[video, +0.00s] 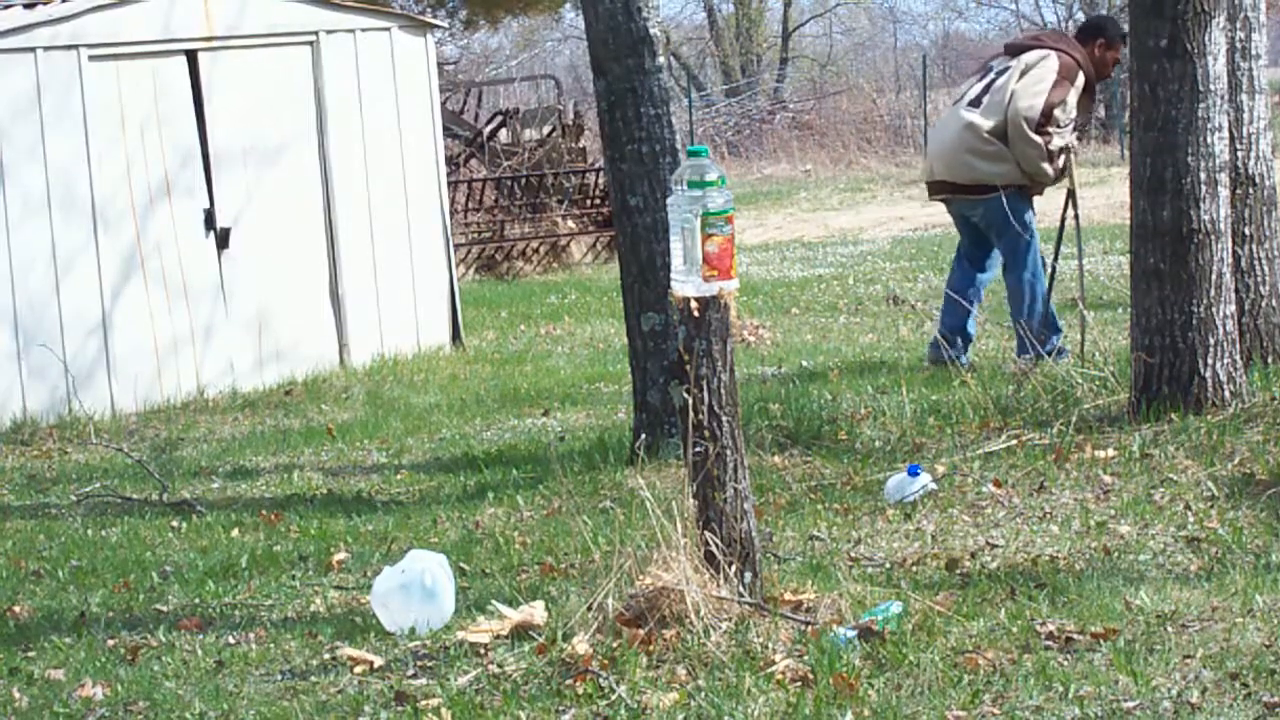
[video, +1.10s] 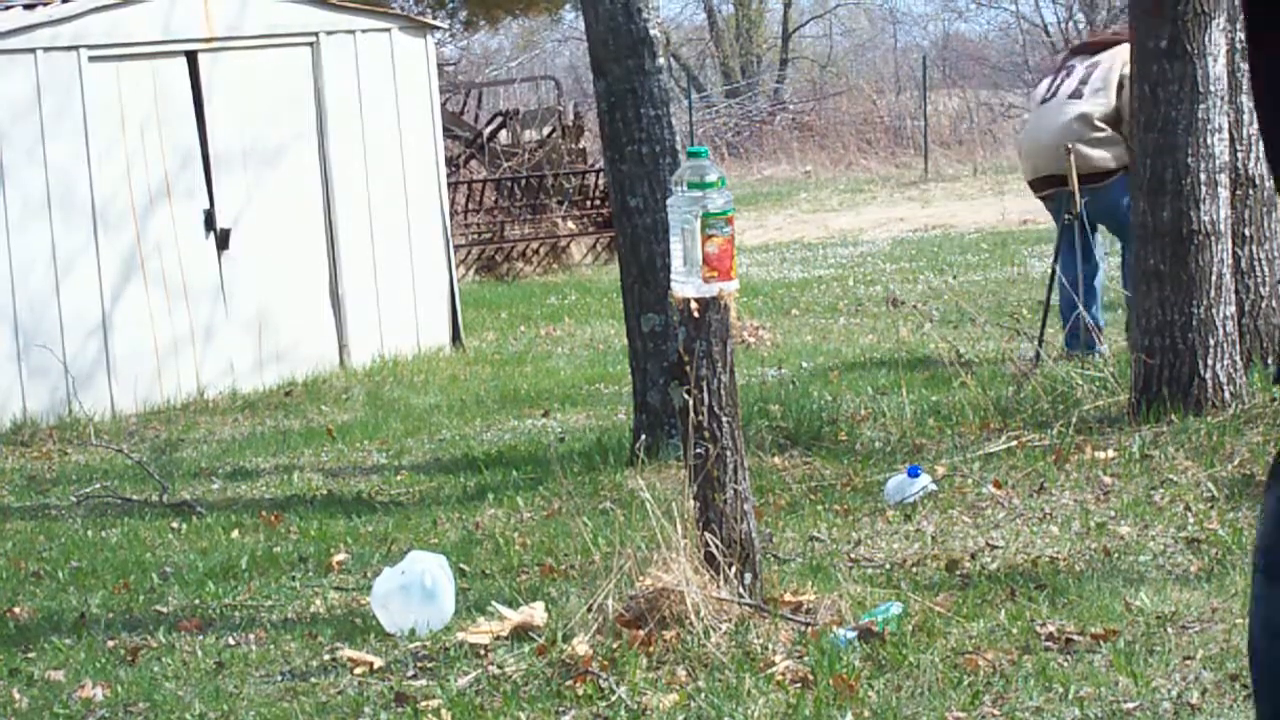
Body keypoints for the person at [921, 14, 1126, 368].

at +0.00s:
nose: (1113, 71)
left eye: (1116, 63)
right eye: (1114, 61)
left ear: (1093, 45)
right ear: (1098, 47)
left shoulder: (1026, 53)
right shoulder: (1064, 62)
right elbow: (1027, 117)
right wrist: (1048, 171)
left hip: (944, 162)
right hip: (985, 165)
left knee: (976, 252)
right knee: (1023, 254)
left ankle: (948, 349)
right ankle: (1040, 350)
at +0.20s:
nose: (1131, 68)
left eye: (1134, 61)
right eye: (1133, 59)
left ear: (1104, 38)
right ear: (1122, 48)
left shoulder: (1049, 49)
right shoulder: (1086, 62)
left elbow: (984, 98)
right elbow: (1049, 116)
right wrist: (1066, 176)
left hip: (971, 157)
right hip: (1006, 159)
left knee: (1013, 243)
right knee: (1042, 256)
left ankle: (979, 317)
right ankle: (1044, 354)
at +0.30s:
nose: (1133, 67)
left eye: (1135, 61)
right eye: (1136, 59)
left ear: (1109, 36)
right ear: (1127, 49)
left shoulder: (1061, 48)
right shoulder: (1097, 60)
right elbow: (1059, 112)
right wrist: (1070, 176)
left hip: (979, 156)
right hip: (1014, 157)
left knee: (1045, 246)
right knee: (1042, 255)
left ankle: (1012, 324)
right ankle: (1043, 355)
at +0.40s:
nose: (1138, 66)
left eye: (1139, 61)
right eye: (1141, 59)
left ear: (1114, 35)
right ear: (1132, 48)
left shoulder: (1064, 50)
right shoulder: (1104, 59)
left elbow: (998, 99)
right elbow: (1071, 112)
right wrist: (1081, 176)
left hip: (986, 156)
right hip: (1021, 157)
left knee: (1058, 253)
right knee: (1052, 259)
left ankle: (1060, 345)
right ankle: (1040, 354)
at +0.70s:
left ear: (1122, 30)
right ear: (1142, 44)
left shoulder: (1074, 54)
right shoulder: (1116, 52)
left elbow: (1025, 107)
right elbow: (1093, 105)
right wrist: (1112, 165)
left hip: (1014, 161)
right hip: (1049, 161)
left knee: (1094, 260)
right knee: (1086, 256)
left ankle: (1084, 342)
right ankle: (1048, 346)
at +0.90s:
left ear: (1081, 38)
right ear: (1112, 38)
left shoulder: (1056, 66)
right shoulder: (1110, 61)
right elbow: (1117, 118)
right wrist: (1131, 161)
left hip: (1023, 165)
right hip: (1072, 159)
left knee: (1072, 241)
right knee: (1125, 230)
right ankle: (1084, 320)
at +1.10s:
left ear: (1104, 39)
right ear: (1138, 38)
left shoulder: (1067, 64)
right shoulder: (1132, 54)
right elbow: (1133, 118)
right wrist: (1145, 166)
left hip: (1039, 168)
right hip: (1096, 159)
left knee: (1075, 243)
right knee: (1140, 237)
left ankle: (1081, 345)